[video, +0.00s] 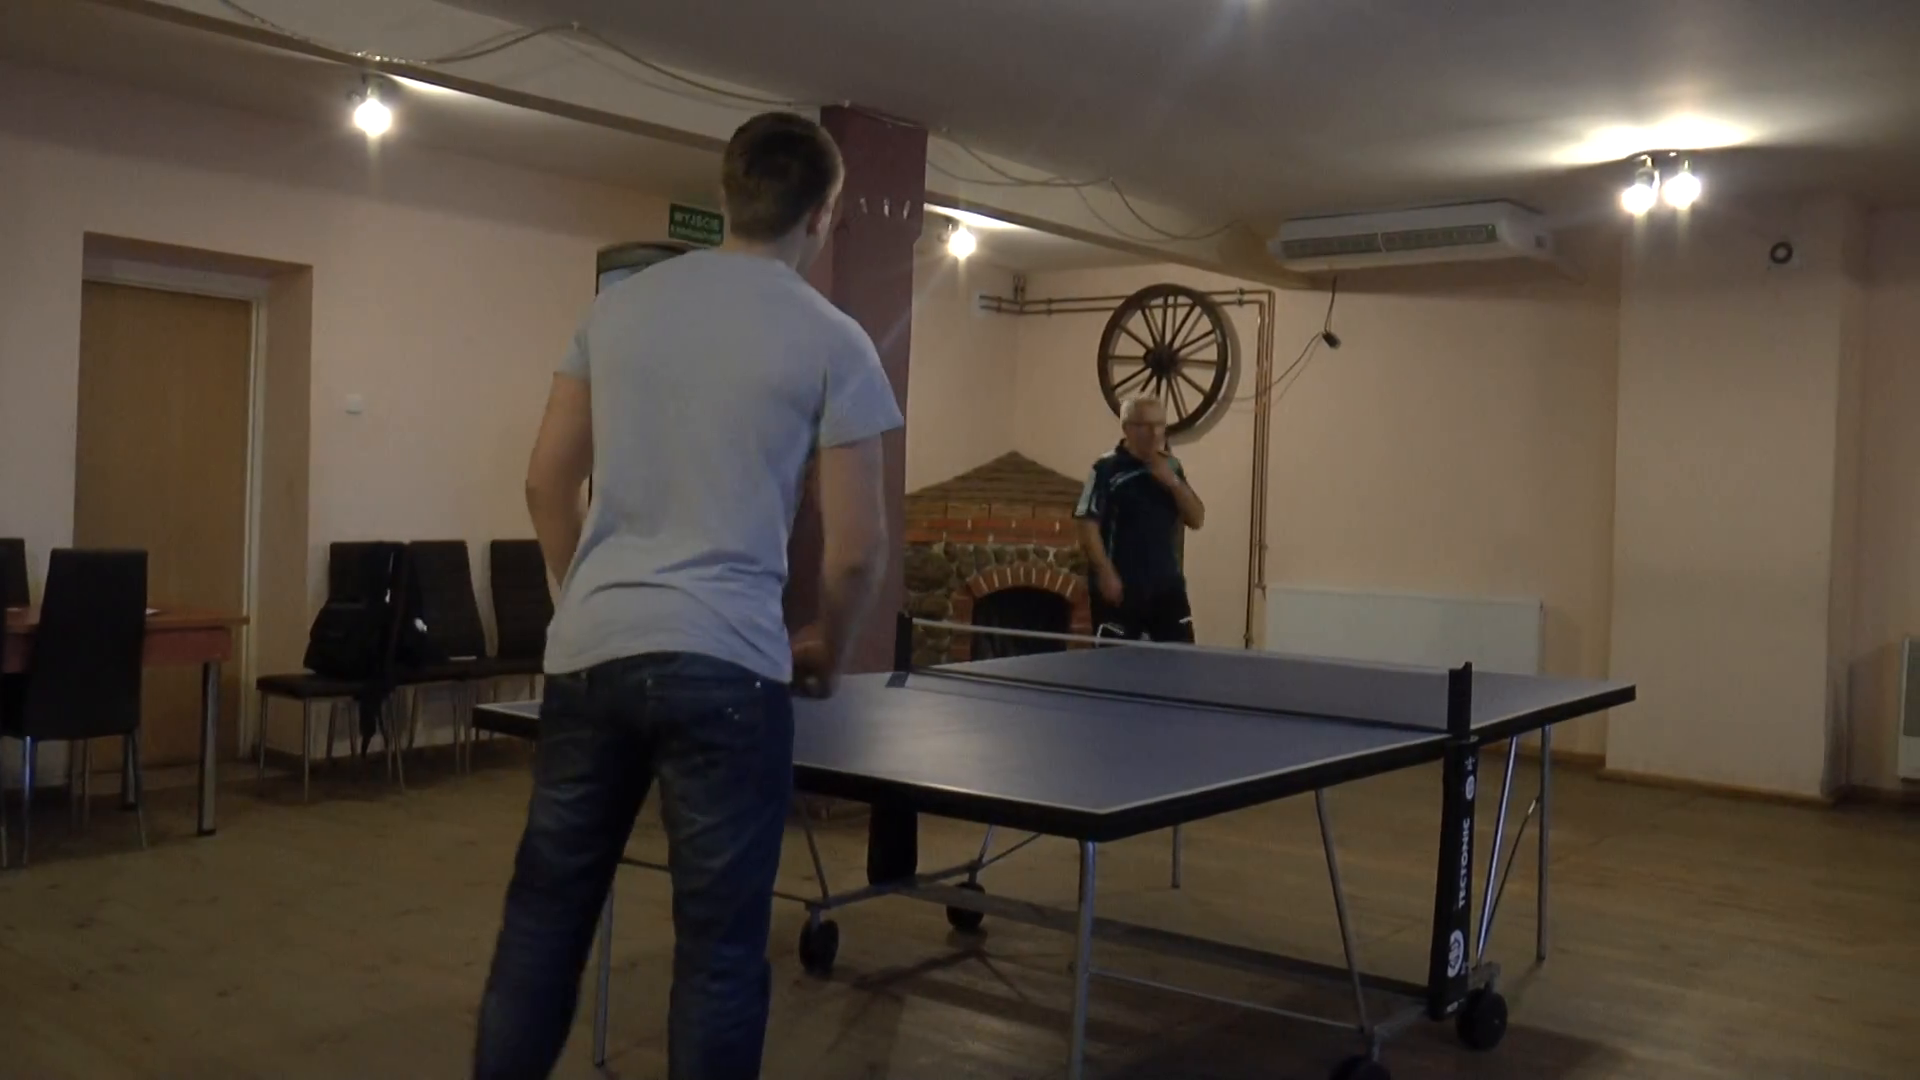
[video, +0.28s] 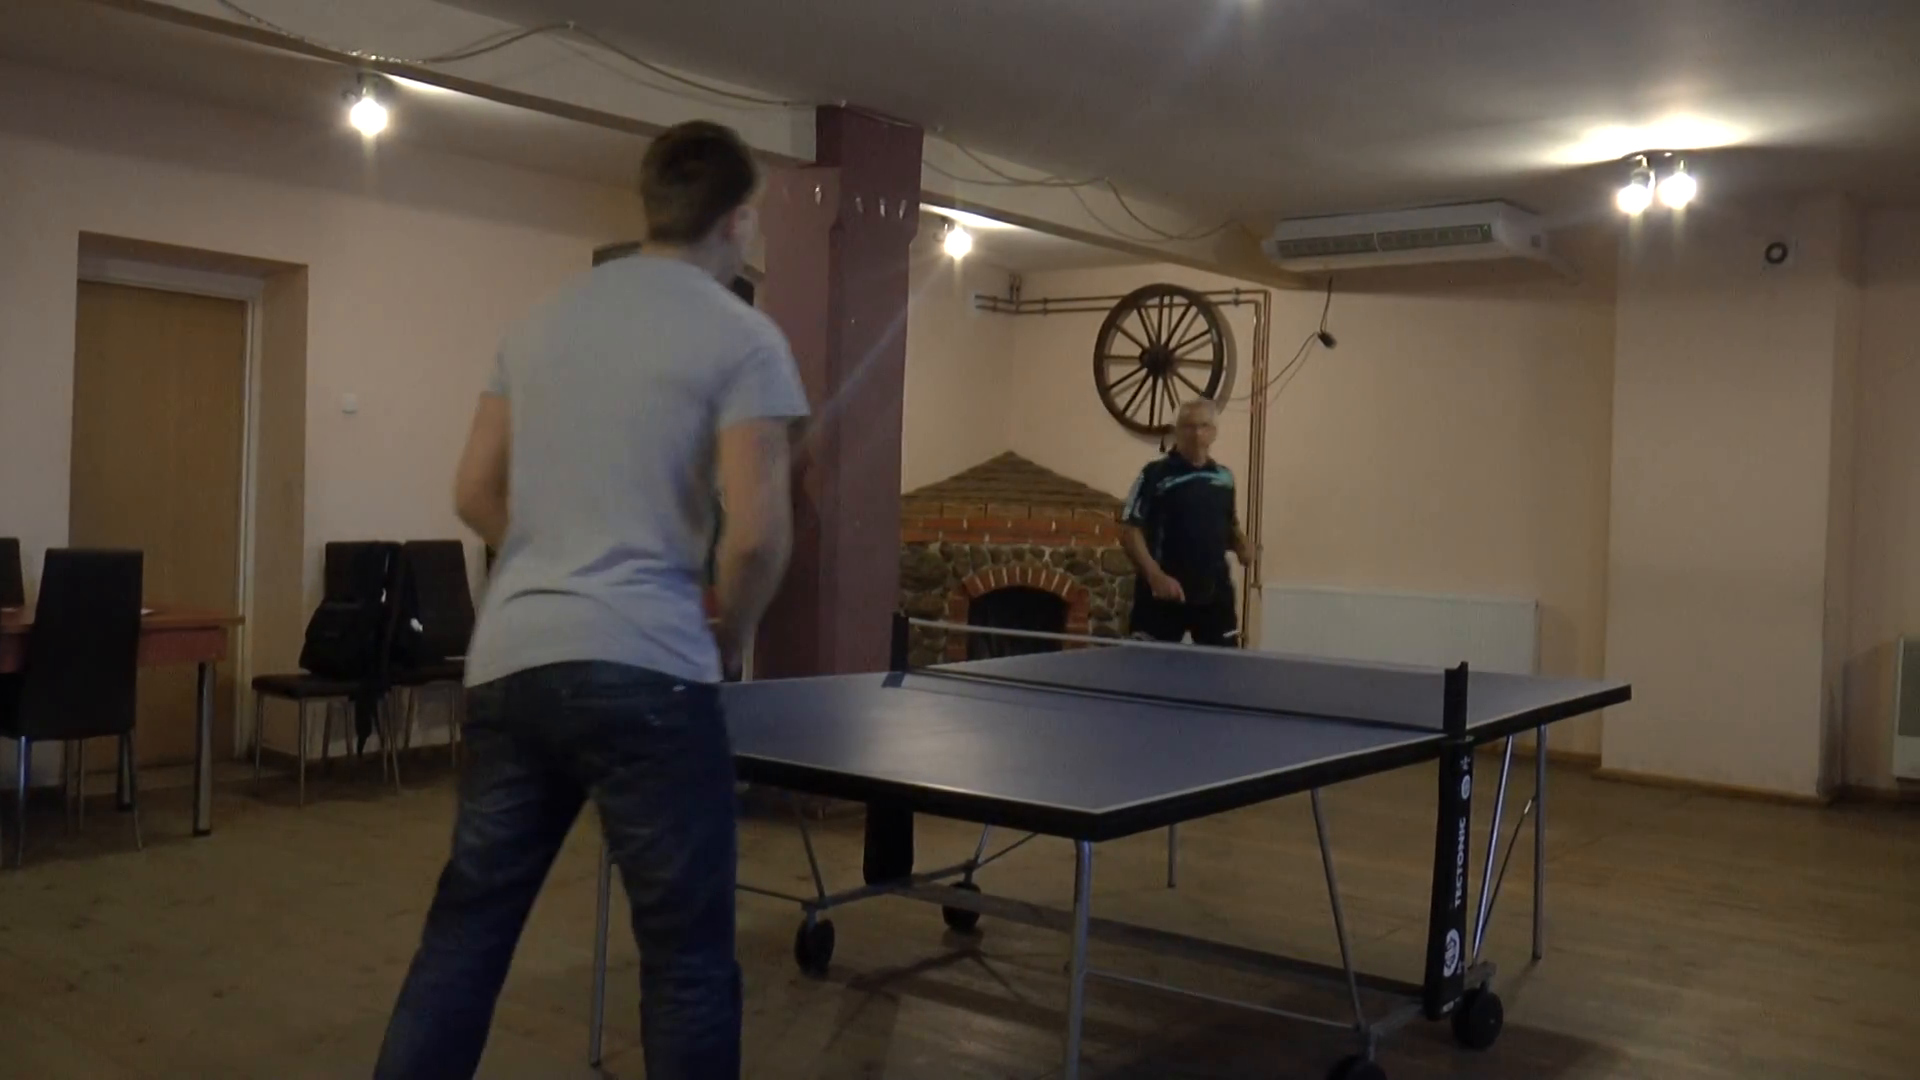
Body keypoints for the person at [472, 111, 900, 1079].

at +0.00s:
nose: (835, 228)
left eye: (838, 213)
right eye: (837, 213)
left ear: (725, 203)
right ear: (822, 215)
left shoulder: (618, 304)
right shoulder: (832, 339)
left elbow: (550, 476)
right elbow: (853, 552)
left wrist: (581, 598)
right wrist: (827, 642)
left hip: (589, 647)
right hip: (727, 656)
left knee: (547, 908)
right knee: (721, 940)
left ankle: (504, 1067)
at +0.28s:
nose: (755, 229)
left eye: (754, 212)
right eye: (754, 213)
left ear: (647, 209)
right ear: (734, 219)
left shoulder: (540, 320)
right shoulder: (740, 334)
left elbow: (477, 491)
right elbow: (754, 534)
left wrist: (551, 573)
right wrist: (724, 633)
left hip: (511, 660)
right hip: (646, 665)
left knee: (466, 927)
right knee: (687, 955)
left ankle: (406, 1072)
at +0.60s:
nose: (609, 231)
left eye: (607, 213)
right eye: (607, 213)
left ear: (503, 213)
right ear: (586, 214)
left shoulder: (408, 326)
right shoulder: (597, 326)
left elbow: (338, 497)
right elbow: (610, 525)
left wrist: (437, 559)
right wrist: (607, 635)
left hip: (397, 666)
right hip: (525, 672)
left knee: (396, 951)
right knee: (611, 963)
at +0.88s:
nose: (576, 223)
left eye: (575, 206)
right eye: (576, 205)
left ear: (466, 206)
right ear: (554, 205)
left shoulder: (372, 329)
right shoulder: (562, 316)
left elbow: (307, 494)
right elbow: (588, 516)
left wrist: (410, 548)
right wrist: (585, 621)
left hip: (376, 668)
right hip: (509, 666)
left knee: (385, 948)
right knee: (602, 947)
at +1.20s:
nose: (648, 214)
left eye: (647, 195)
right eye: (646, 195)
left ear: (539, 195)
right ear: (621, 201)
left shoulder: (444, 317)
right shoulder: (629, 325)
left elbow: (379, 482)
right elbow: (645, 533)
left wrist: (476, 542)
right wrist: (652, 628)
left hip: (434, 656)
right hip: (566, 661)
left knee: (414, 940)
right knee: (615, 951)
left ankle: (374, 1077)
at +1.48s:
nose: (735, 215)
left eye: (737, 198)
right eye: (734, 197)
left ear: (623, 191)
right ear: (707, 200)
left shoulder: (522, 306)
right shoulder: (707, 328)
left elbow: (459, 470)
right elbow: (725, 538)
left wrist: (556, 531)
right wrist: (724, 629)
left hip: (504, 650)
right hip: (633, 659)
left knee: (458, 922)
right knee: (650, 945)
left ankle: (402, 1073)